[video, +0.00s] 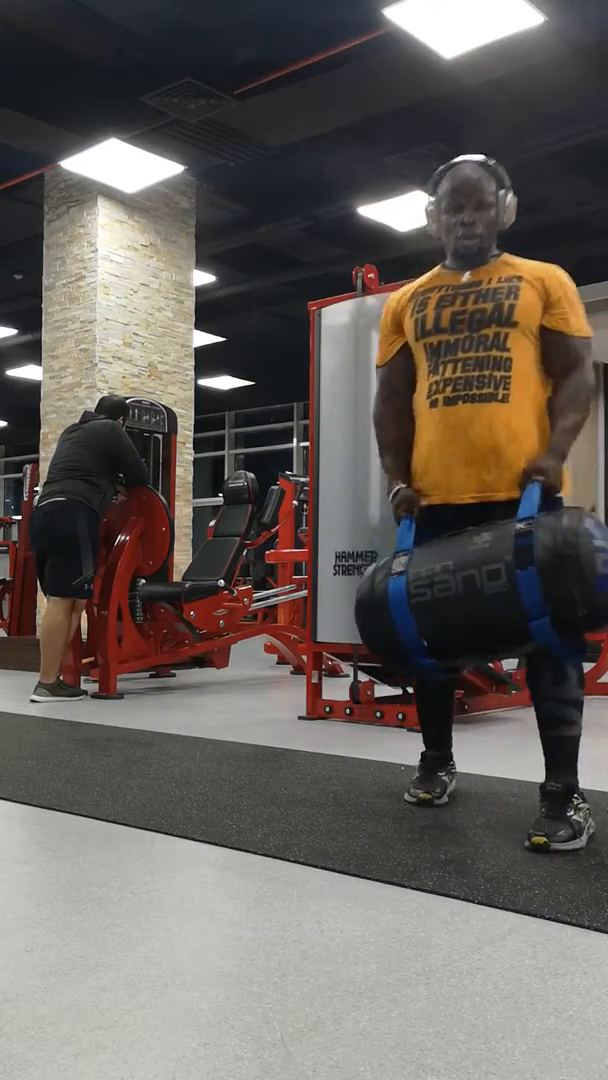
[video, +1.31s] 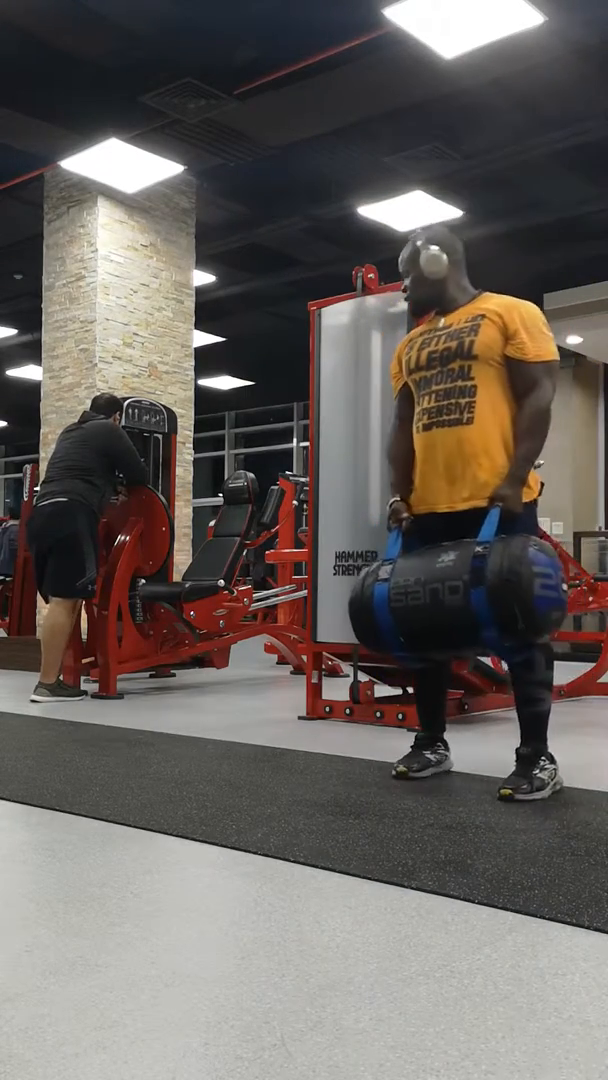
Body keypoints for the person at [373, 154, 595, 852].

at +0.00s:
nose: (467, 216)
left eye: (479, 204)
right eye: (453, 206)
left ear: (507, 208)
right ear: (434, 216)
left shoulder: (544, 282)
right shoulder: (405, 302)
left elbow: (575, 375)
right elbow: (391, 397)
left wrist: (555, 453)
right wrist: (396, 476)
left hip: (524, 494)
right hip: (434, 499)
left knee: (549, 631)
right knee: (429, 631)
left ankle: (560, 791)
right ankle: (435, 760)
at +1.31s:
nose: (402, 288)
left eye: (407, 275)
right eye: (401, 278)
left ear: (438, 265)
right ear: (434, 271)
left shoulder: (512, 313)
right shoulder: (409, 345)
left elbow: (539, 396)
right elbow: (404, 423)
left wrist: (517, 477)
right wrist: (400, 491)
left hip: (500, 505)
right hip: (429, 511)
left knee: (521, 625)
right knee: (426, 625)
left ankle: (534, 756)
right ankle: (430, 743)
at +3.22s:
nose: (383, 280)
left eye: (396, 271)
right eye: (380, 273)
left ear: (428, 279)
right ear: (377, 286)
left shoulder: (458, 336)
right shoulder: (365, 357)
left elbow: (478, 421)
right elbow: (359, 437)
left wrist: (453, 503)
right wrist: (355, 504)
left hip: (451, 512)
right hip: (384, 517)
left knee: (469, 621)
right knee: (386, 620)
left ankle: (486, 744)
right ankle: (388, 732)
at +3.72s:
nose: (368, 294)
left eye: (382, 286)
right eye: (365, 288)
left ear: (415, 300)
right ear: (361, 304)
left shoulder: (454, 358)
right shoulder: (352, 375)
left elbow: (503, 431)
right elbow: (356, 443)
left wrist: (464, 496)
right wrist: (353, 499)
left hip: (478, 518)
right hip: (409, 523)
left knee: (488, 625)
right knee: (404, 623)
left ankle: (488, 745)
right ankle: (391, 733)